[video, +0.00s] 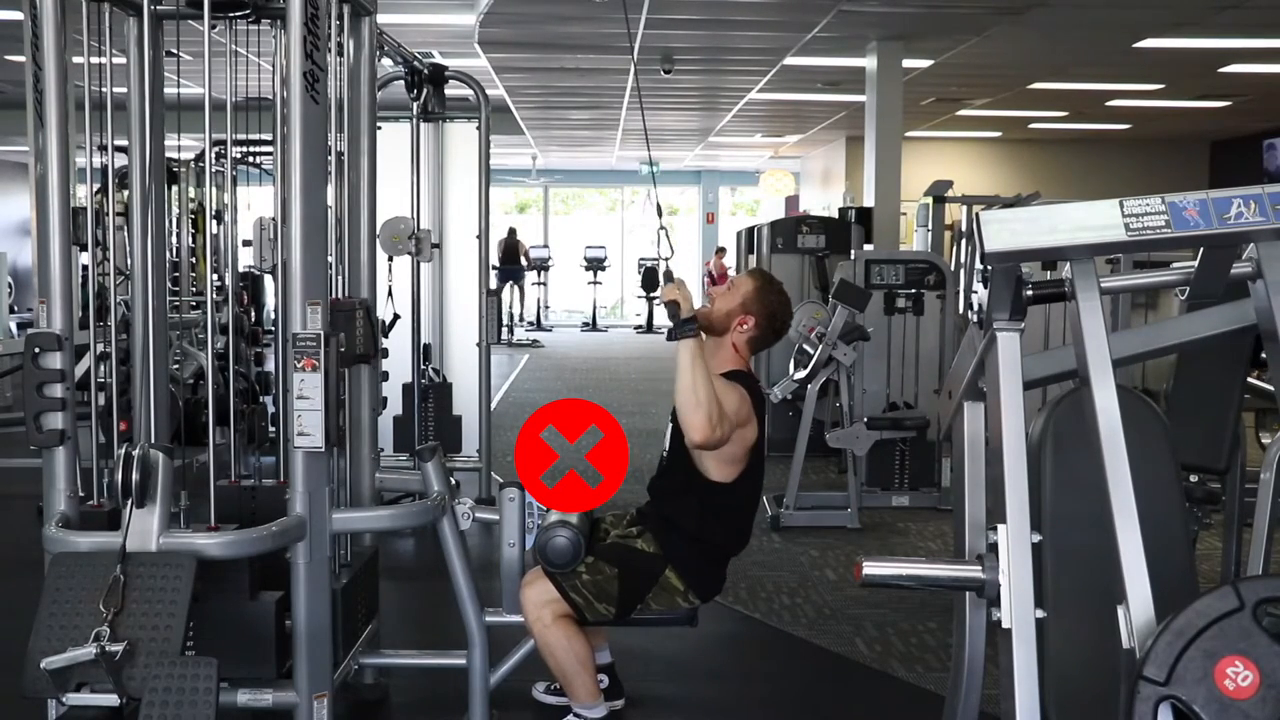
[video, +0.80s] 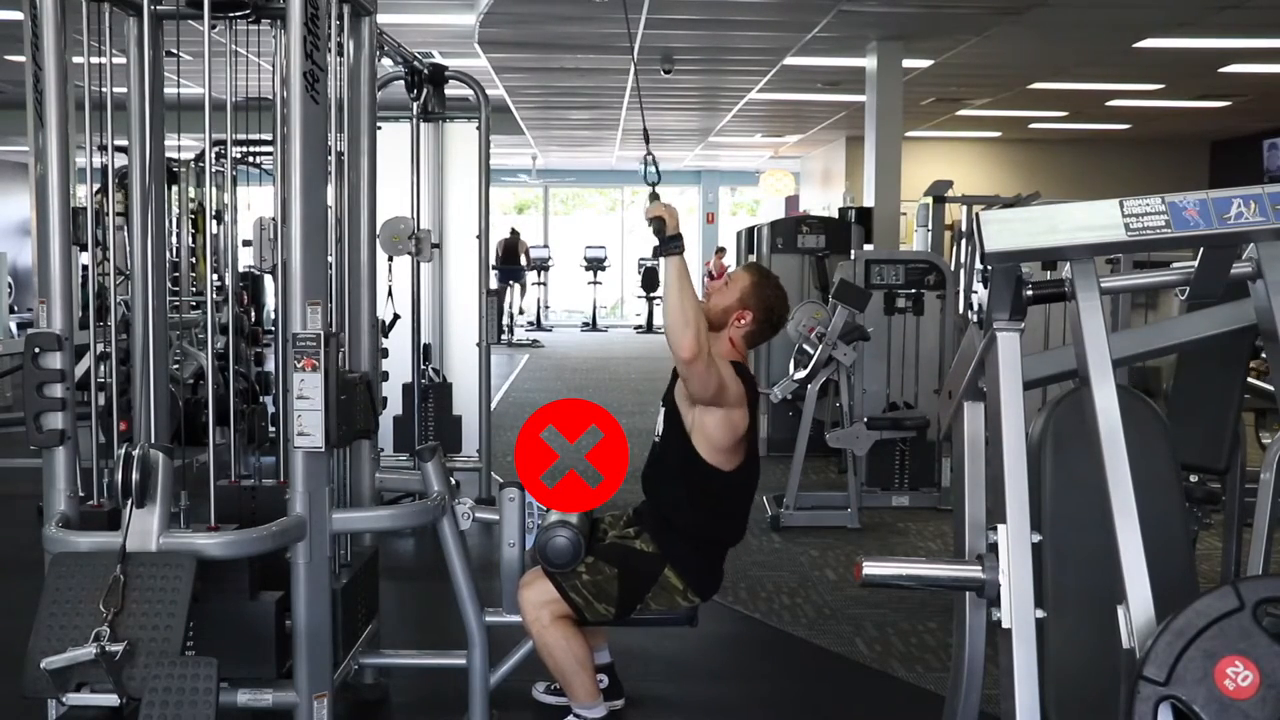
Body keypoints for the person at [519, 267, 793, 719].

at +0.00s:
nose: (716, 287)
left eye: (729, 288)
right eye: (726, 282)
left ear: (742, 325)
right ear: (743, 327)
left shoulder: (735, 391)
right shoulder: (720, 368)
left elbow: (704, 430)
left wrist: (687, 325)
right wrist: (721, 286)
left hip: (680, 559)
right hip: (660, 529)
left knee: (539, 594)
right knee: (555, 545)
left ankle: (590, 712)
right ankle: (596, 675)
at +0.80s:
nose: (712, 283)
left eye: (725, 283)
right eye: (721, 277)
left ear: (740, 318)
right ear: (741, 321)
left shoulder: (722, 384)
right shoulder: (717, 362)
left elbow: (688, 350)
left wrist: (671, 243)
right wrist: (710, 293)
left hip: (677, 561)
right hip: (654, 524)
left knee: (538, 596)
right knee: (556, 545)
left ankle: (588, 710)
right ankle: (595, 673)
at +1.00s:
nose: (708, 276)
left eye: (722, 277)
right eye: (717, 271)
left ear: (736, 316)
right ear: (735, 318)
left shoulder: (714, 375)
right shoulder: (706, 360)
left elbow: (676, 312)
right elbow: (679, 307)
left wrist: (659, 209)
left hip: (675, 565)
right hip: (655, 534)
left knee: (536, 596)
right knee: (553, 545)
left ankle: (589, 709)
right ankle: (594, 671)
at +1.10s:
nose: (708, 269)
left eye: (721, 272)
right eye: (719, 266)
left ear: (732, 314)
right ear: (733, 316)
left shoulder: (707, 369)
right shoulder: (702, 356)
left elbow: (671, 293)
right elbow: (672, 290)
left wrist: (657, 192)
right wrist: (656, 201)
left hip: (674, 564)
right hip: (657, 537)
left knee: (536, 596)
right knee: (553, 544)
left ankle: (590, 710)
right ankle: (593, 671)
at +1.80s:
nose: (722, 280)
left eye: (738, 280)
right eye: (733, 273)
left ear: (754, 315)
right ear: (755, 318)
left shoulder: (723, 367)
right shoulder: (720, 354)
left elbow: (683, 291)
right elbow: (687, 289)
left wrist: (665, 192)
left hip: (671, 560)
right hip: (653, 533)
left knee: (533, 597)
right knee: (555, 545)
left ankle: (589, 710)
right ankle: (594, 671)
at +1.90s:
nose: (744, 287)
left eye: (758, 288)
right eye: (755, 282)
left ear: (774, 325)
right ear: (774, 327)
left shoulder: (743, 381)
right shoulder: (738, 362)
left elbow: (700, 322)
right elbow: (715, 329)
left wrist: (677, 216)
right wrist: (713, 286)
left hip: (671, 561)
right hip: (649, 530)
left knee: (532, 597)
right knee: (552, 547)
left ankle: (591, 713)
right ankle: (594, 671)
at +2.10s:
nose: (781, 308)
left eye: (796, 308)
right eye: (793, 301)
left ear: (812, 343)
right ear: (811, 345)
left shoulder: (782, 407)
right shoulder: (766, 378)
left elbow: (739, 398)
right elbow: (730, 366)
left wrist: (718, 288)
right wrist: (717, 290)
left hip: (671, 563)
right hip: (651, 529)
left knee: (533, 597)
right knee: (551, 544)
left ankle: (588, 711)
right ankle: (598, 674)